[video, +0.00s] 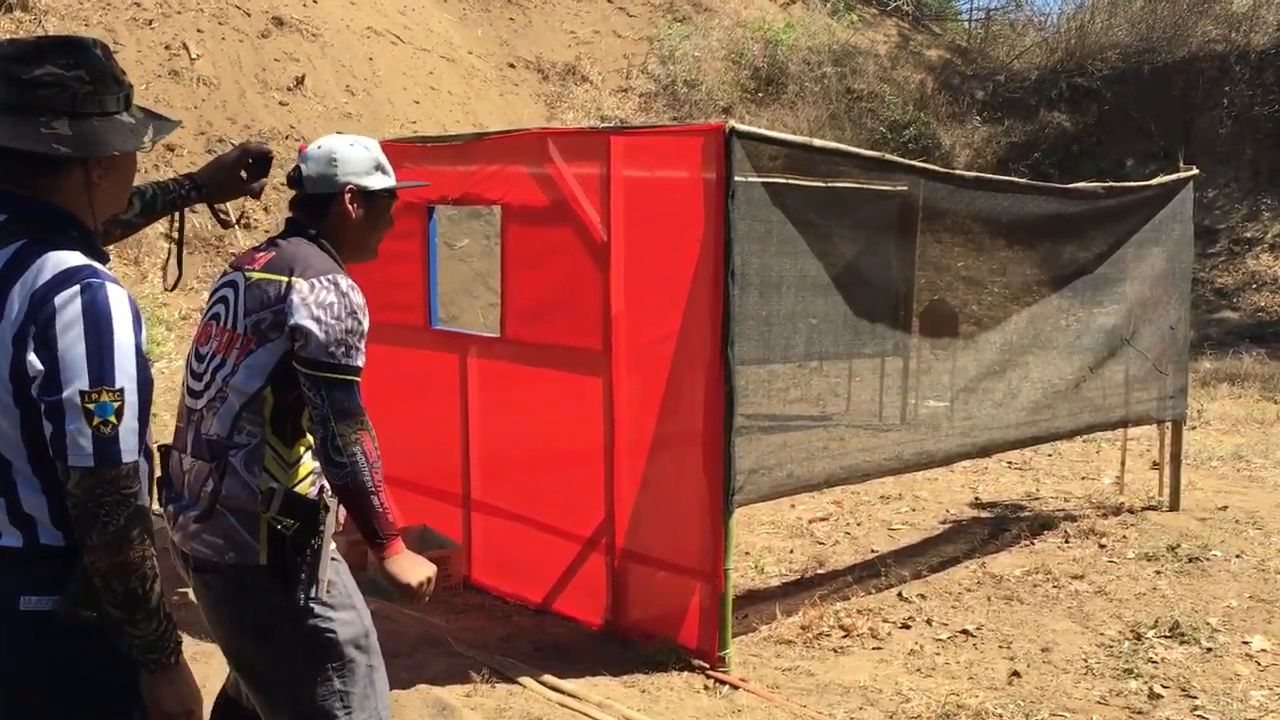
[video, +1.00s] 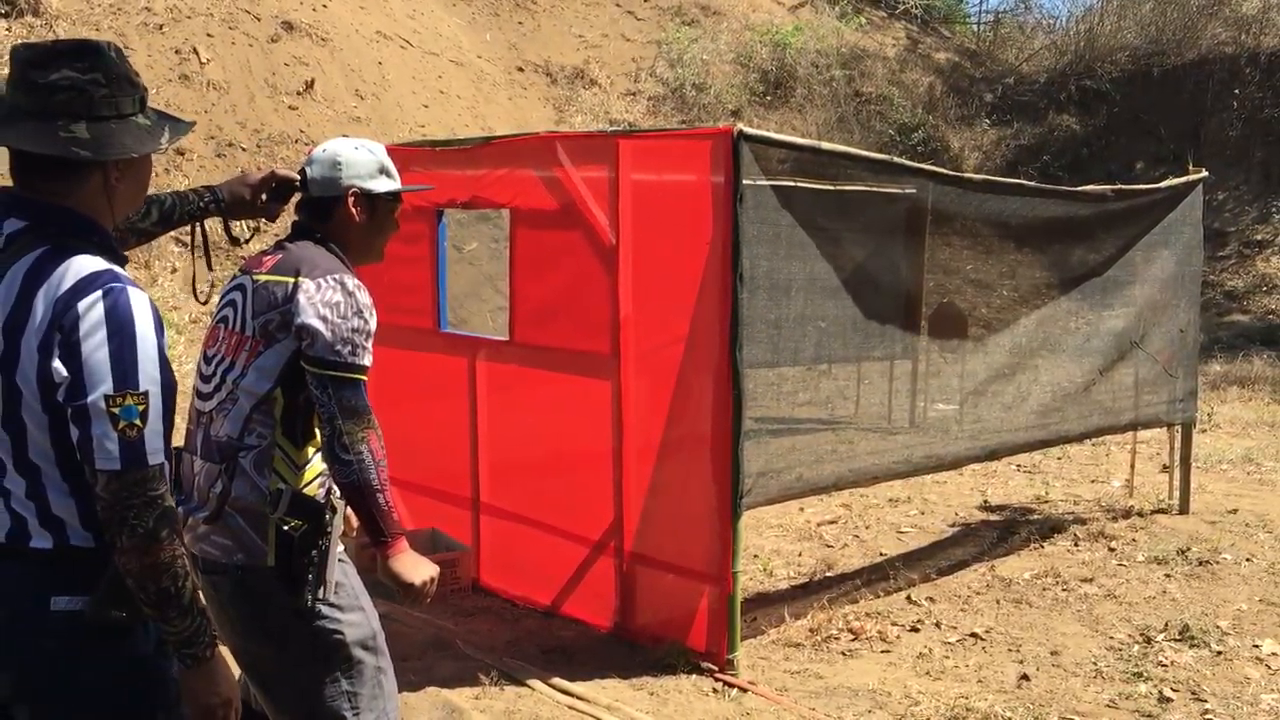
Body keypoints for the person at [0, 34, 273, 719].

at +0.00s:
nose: (139, 166)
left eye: (139, 149)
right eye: (132, 150)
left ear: (20, 157)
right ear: (90, 167)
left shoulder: (11, 251)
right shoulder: (81, 295)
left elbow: (94, 219)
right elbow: (110, 514)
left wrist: (197, 186)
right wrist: (164, 659)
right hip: (61, 612)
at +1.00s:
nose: (156, 167)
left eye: (156, 151)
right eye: (149, 152)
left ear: (25, 156)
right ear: (111, 169)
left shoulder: (11, 241)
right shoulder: (105, 303)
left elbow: (104, 228)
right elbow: (139, 516)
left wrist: (221, 198)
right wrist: (200, 650)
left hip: (12, 580)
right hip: (87, 611)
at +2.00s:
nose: (166, 171)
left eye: (165, 155)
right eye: (159, 156)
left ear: (36, 157)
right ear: (123, 173)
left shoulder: (9, 232)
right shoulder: (114, 305)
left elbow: (120, 224)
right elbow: (143, 520)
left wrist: (241, 197)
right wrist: (204, 653)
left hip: (14, 571)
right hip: (89, 604)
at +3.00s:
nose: (183, 190)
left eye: (183, 177)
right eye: (175, 178)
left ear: (53, 167)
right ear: (136, 194)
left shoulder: (15, 229)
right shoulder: (114, 323)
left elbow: (146, 221)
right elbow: (131, 536)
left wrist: (272, 208)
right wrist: (190, 679)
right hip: (67, 608)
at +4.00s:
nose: (65, 200)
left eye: (60, 186)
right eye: (56, 186)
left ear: (10, 203)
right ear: (17, 203)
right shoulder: (26, 323)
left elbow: (77, 229)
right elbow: (43, 499)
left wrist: (196, 197)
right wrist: (103, 637)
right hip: (31, 620)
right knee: (93, 703)